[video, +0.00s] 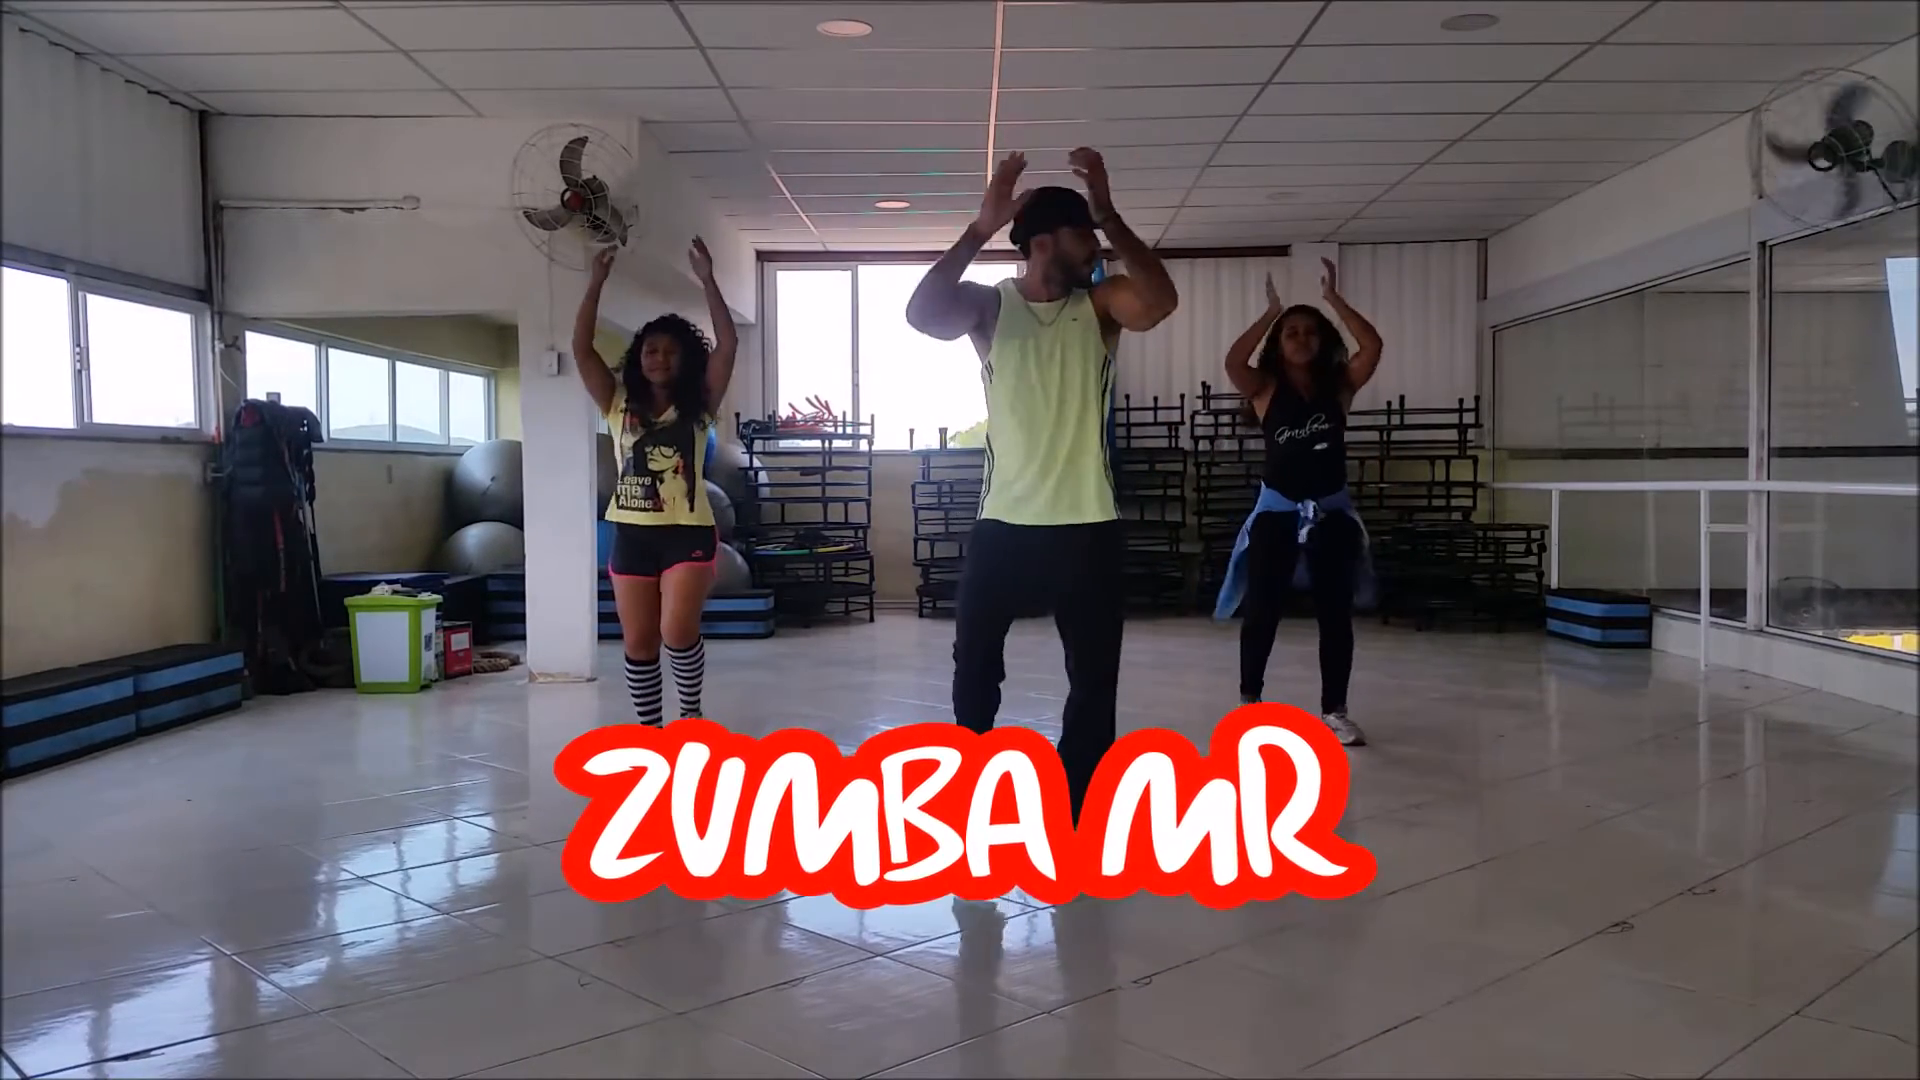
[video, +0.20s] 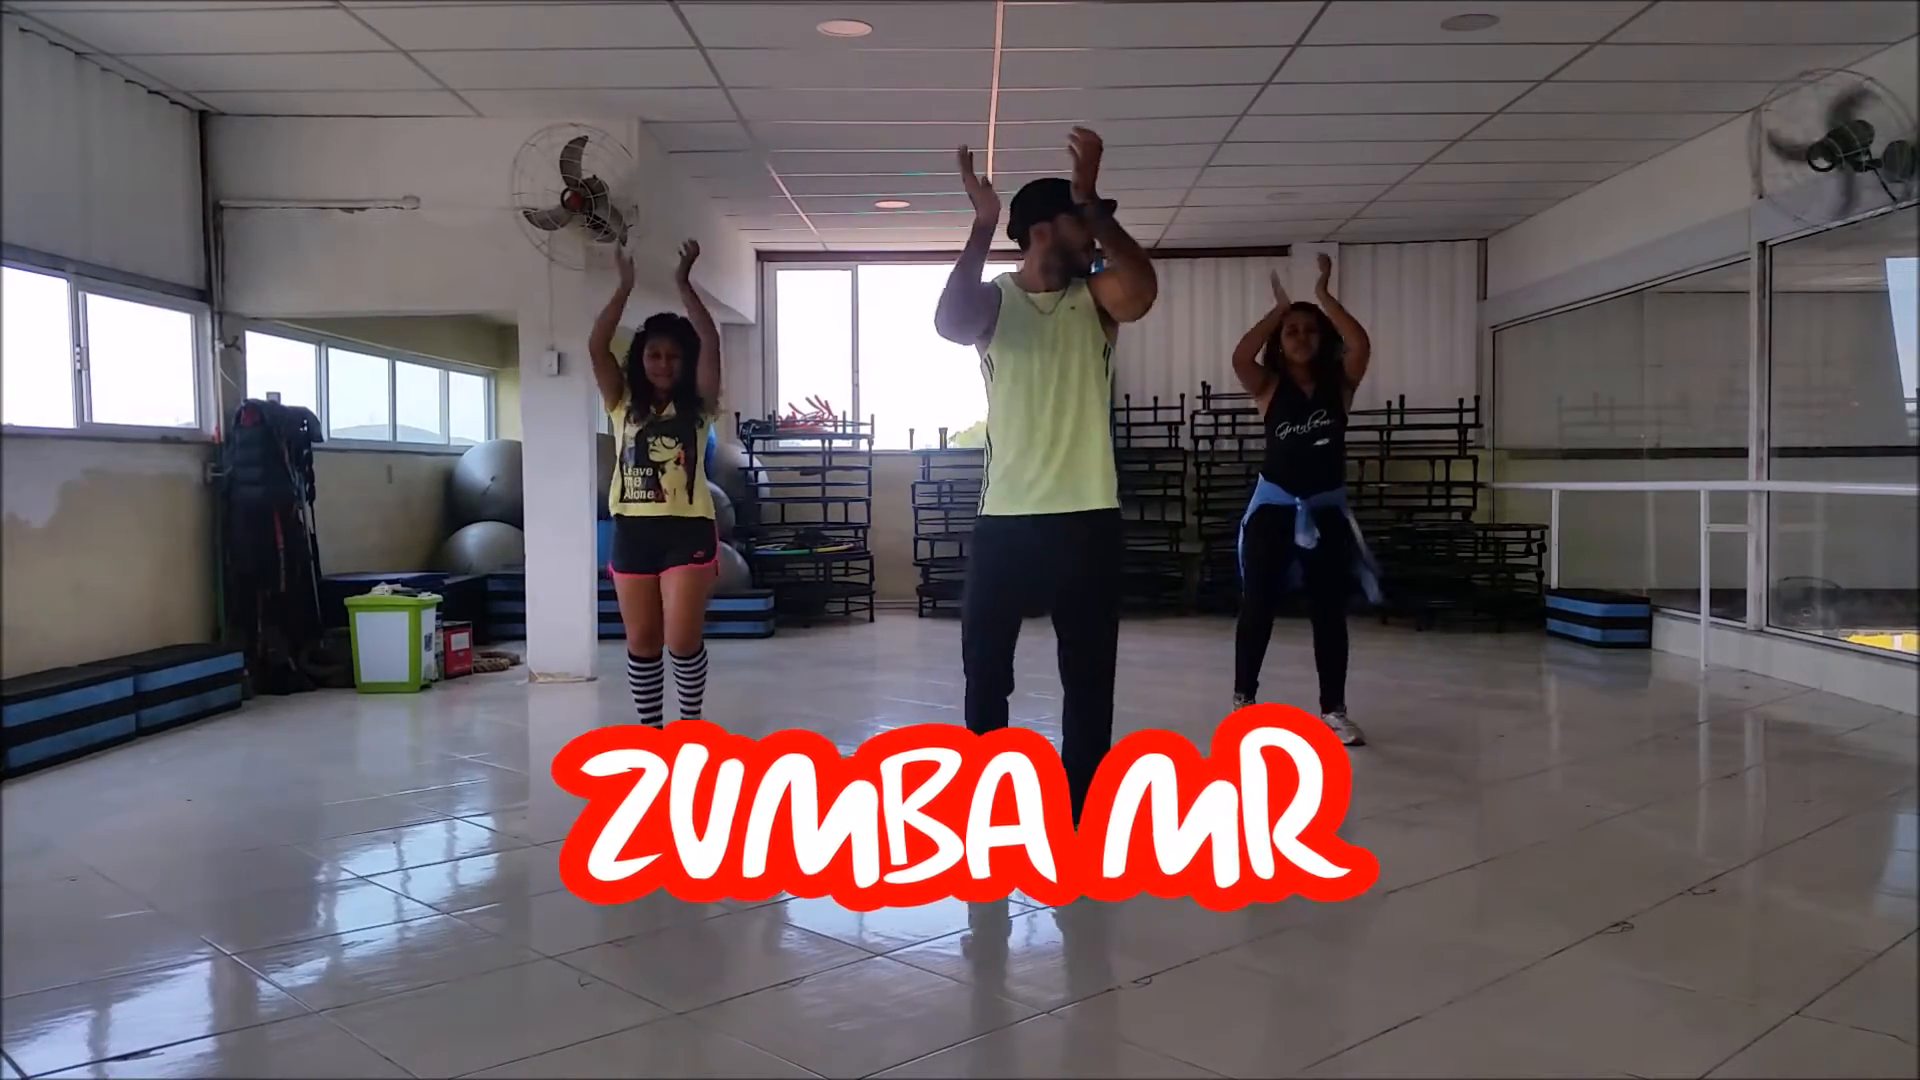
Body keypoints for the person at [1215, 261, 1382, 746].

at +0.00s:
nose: (1299, 339)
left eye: (1308, 333)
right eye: (1290, 334)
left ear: (1322, 342)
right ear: (1278, 344)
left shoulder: (1339, 386)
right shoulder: (1264, 389)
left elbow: (1372, 347)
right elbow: (1234, 363)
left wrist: (1336, 301)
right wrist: (1268, 319)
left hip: (1332, 516)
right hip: (1276, 516)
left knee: (1335, 612)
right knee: (1261, 607)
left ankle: (1335, 711)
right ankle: (1250, 702)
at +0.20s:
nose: (1300, 337)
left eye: (1308, 331)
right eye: (1291, 331)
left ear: (1321, 339)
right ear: (1279, 341)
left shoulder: (1340, 383)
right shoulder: (1268, 386)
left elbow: (1360, 344)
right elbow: (1242, 358)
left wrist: (1325, 300)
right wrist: (1275, 315)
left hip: (1326, 513)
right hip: (1273, 512)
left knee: (1330, 615)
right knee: (1258, 607)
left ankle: (1334, 712)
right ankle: (1244, 702)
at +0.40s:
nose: (1290, 338)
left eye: (1298, 331)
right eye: (1280, 333)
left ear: (1313, 340)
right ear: (1267, 344)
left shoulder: (1325, 386)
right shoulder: (1255, 386)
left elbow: (1361, 355)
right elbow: (1233, 351)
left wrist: (1319, 311)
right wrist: (1273, 312)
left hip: (1314, 513)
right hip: (1259, 513)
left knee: (1332, 610)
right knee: (1254, 613)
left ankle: (1335, 709)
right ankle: (1244, 710)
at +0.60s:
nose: (1286, 340)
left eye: (1294, 333)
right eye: (1277, 334)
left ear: (1307, 343)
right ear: (1262, 343)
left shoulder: (1314, 386)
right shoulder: (1247, 387)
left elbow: (1358, 366)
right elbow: (1243, 358)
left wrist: (1338, 311)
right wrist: (1265, 309)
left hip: (1305, 512)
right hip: (1252, 513)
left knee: (1346, 593)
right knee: (1255, 606)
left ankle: (1337, 692)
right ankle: (1244, 709)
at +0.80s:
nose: (1292, 343)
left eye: (1300, 337)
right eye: (1283, 336)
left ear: (1312, 346)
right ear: (1267, 345)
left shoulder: (1319, 387)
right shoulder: (1252, 389)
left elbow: (1362, 358)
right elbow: (1244, 347)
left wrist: (1323, 314)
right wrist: (1292, 318)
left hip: (1316, 516)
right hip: (1262, 516)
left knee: (1322, 616)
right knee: (1257, 615)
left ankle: (1330, 711)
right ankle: (1245, 711)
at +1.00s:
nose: (1304, 339)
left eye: (1313, 332)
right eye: (1295, 333)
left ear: (1326, 341)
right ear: (1280, 342)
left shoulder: (1337, 388)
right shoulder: (1264, 386)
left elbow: (1373, 357)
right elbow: (1233, 363)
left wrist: (1349, 306)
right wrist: (1263, 314)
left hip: (1326, 516)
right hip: (1270, 515)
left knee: (1327, 614)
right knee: (1254, 605)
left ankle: (1332, 712)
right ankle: (1243, 698)